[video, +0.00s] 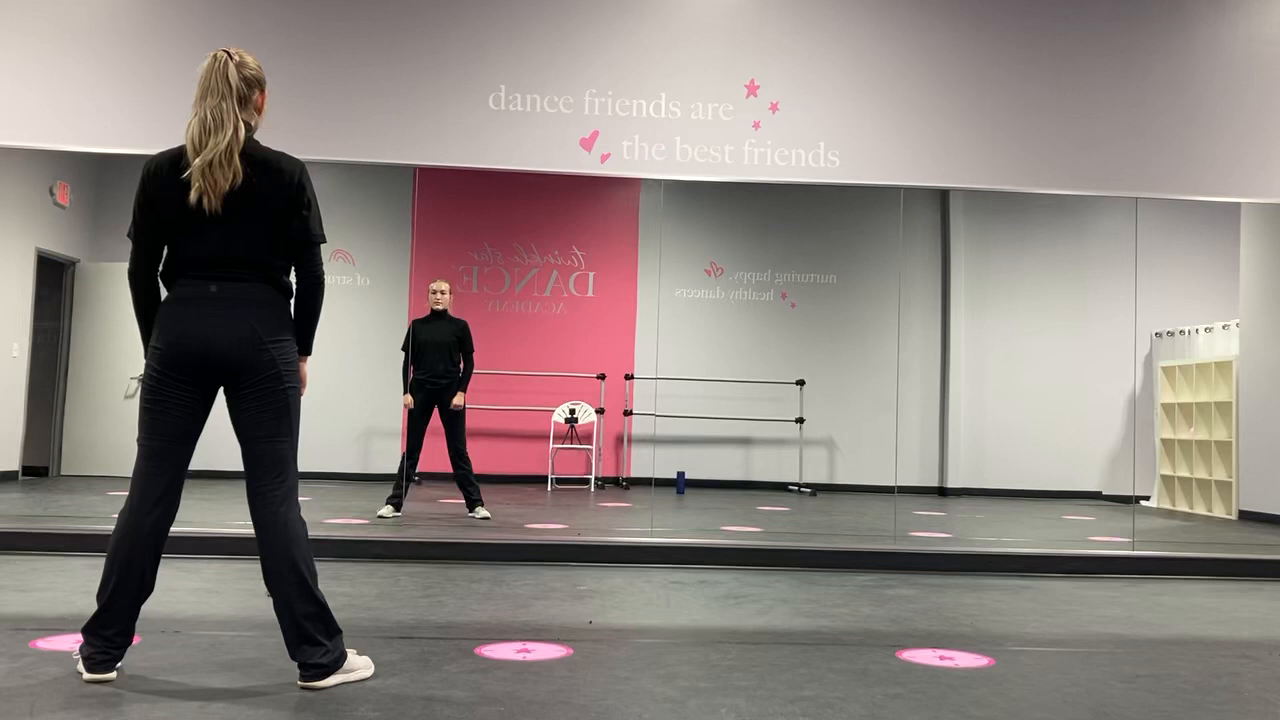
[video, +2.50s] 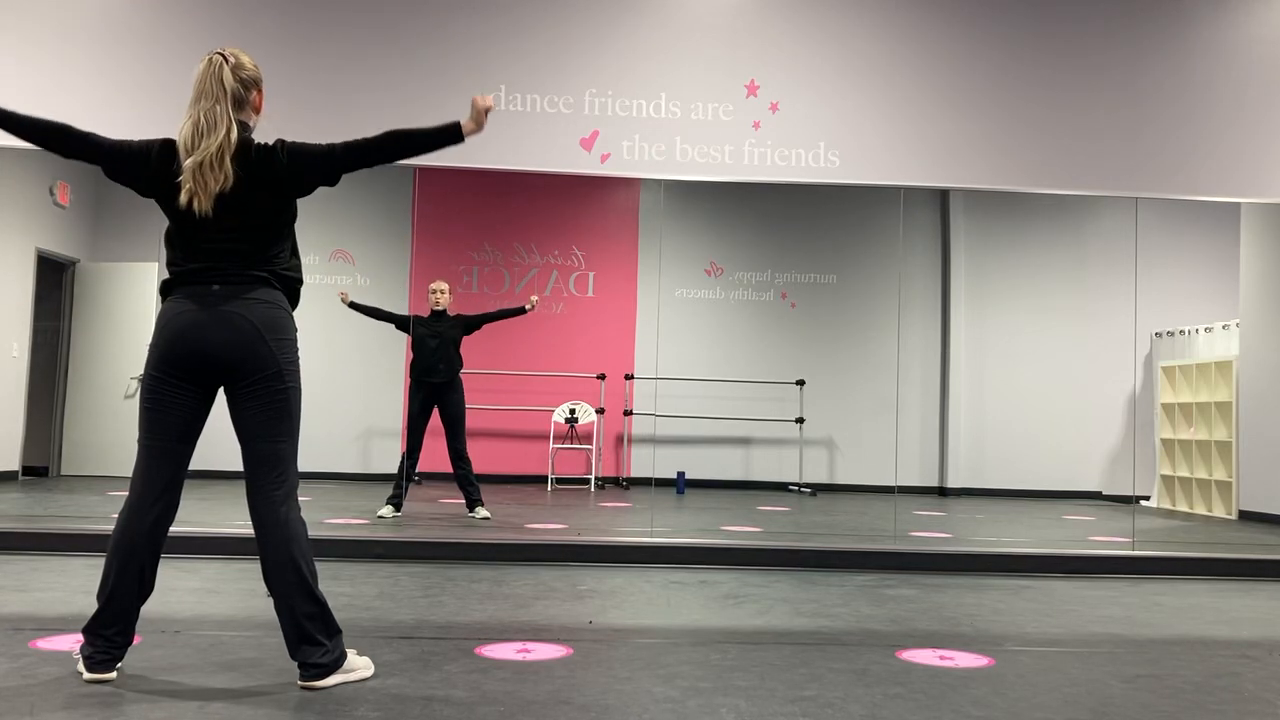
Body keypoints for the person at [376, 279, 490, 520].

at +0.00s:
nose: (438, 296)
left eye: (443, 292)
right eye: (434, 292)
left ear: (450, 297)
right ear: (428, 297)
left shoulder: (460, 327)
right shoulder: (416, 326)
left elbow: (468, 363)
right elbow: (407, 361)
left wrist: (461, 391)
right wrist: (406, 391)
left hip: (450, 393)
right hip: (421, 392)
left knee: (458, 450)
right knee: (412, 450)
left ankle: (475, 504)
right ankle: (394, 503)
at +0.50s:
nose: (438, 294)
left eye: (442, 291)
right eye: (434, 291)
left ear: (450, 297)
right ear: (427, 297)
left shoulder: (459, 324)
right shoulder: (417, 325)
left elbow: (467, 359)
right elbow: (408, 358)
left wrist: (449, 339)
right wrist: (419, 338)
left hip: (450, 390)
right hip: (421, 390)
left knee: (458, 448)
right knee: (412, 448)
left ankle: (475, 504)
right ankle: (394, 503)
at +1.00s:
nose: (438, 293)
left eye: (442, 291)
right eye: (434, 290)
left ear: (449, 297)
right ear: (428, 297)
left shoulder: (455, 318)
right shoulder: (420, 317)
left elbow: (456, 288)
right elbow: (418, 284)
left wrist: (451, 252)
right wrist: (425, 251)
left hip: (450, 387)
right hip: (421, 387)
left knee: (458, 447)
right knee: (412, 447)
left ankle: (475, 504)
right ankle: (394, 503)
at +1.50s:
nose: (437, 291)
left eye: (442, 289)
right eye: (434, 288)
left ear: (450, 296)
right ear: (428, 295)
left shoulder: (456, 316)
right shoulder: (420, 315)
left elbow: (465, 286)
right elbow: (410, 283)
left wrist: (474, 254)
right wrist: (406, 249)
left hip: (450, 387)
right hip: (421, 387)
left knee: (458, 447)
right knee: (412, 448)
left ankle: (475, 504)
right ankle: (394, 503)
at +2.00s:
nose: (437, 293)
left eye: (442, 290)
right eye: (434, 290)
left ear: (451, 296)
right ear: (428, 296)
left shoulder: (459, 319)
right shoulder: (418, 319)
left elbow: (481, 295)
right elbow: (396, 294)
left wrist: (504, 270)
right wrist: (376, 268)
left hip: (451, 389)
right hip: (421, 389)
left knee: (458, 449)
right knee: (412, 448)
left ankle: (475, 505)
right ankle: (394, 504)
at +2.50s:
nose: (437, 295)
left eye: (442, 292)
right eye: (433, 292)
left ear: (450, 298)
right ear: (428, 297)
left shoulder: (459, 323)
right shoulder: (415, 323)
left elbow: (492, 315)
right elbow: (382, 314)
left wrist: (525, 308)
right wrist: (351, 304)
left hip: (450, 390)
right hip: (421, 390)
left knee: (458, 450)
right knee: (412, 449)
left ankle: (475, 505)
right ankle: (394, 504)